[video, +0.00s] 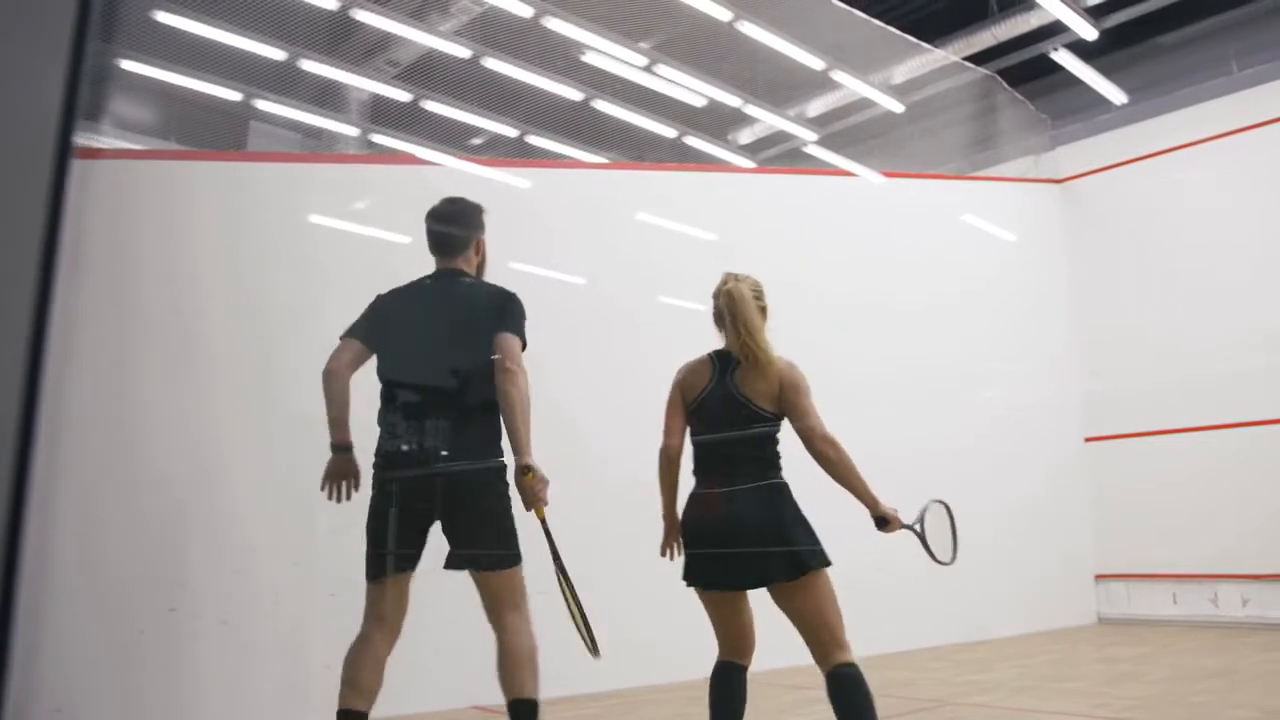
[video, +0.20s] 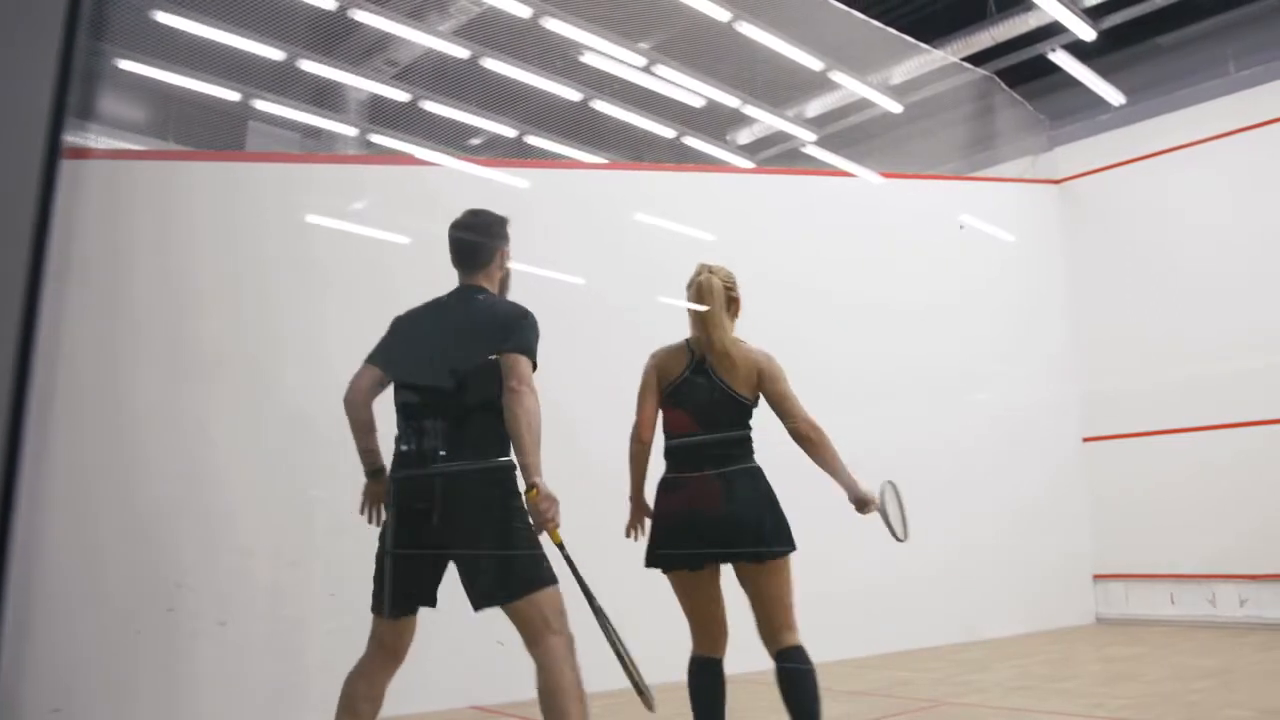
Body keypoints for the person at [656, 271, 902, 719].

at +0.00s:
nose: (763, 316)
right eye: (763, 308)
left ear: (716, 317)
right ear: (763, 313)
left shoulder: (689, 376)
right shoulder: (781, 373)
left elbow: (670, 450)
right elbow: (819, 442)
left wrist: (669, 517)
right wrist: (874, 504)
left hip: (708, 526)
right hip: (772, 520)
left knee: (733, 649)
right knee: (833, 650)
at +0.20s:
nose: (738, 308)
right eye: (737, 300)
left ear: (689, 305)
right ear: (736, 304)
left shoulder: (662, 363)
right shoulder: (756, 362)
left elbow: (641, 437)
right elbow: (802, 429)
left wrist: (636, 497)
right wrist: (852, 486)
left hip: (682, 513)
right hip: (746, 506)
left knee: (707, 641)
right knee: (782, 637)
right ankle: (808, 715)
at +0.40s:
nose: (712, 299)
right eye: (711, 292)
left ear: (662, 299)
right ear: (709, 298)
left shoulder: (641, 350)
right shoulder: (738, 356)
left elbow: (623, 426)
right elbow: (792, 422)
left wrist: (605, 484)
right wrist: (831, 475)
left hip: (657, 495)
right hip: (722, 492)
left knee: (667, 632)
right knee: (733, 630)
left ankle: (671, 717)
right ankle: (755, 716)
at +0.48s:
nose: (651, 310)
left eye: (652, 302)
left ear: (651, 305)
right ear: (698, 306)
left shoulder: (633, 354)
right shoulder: (726, 361)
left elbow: (616, 428)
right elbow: (782, 426)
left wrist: (590, 490)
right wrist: (821, 480)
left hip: (648, 497)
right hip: (713, 495)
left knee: (645, 633)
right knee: (721, 631)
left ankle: (647, 717)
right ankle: (746, 716)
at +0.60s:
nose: (638, 322)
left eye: (634, 313)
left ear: (633, 318)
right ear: (678, 317)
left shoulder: (613, 370)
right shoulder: (699, 370)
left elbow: (589, 438)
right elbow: (754, 433)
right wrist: (794, 490)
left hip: (637, 505)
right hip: (701, 506)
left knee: (609, 628)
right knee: (710, 633)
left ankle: (611, 711)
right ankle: (740, 714)